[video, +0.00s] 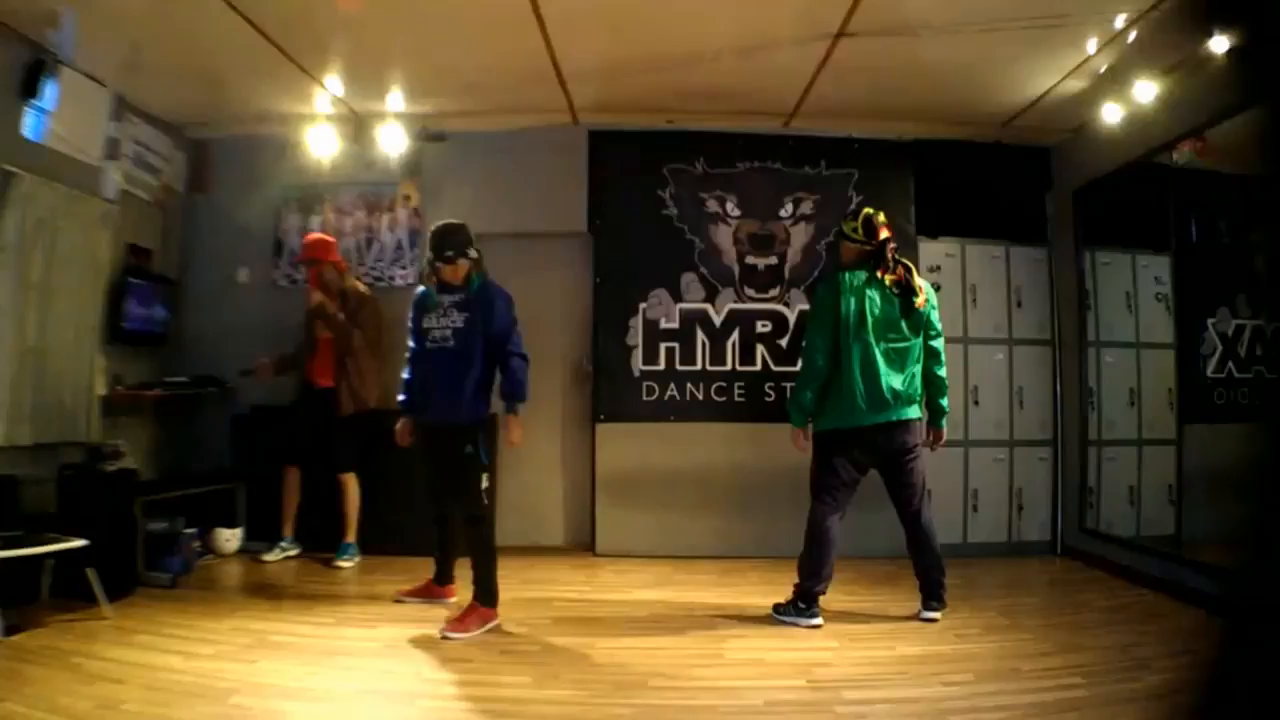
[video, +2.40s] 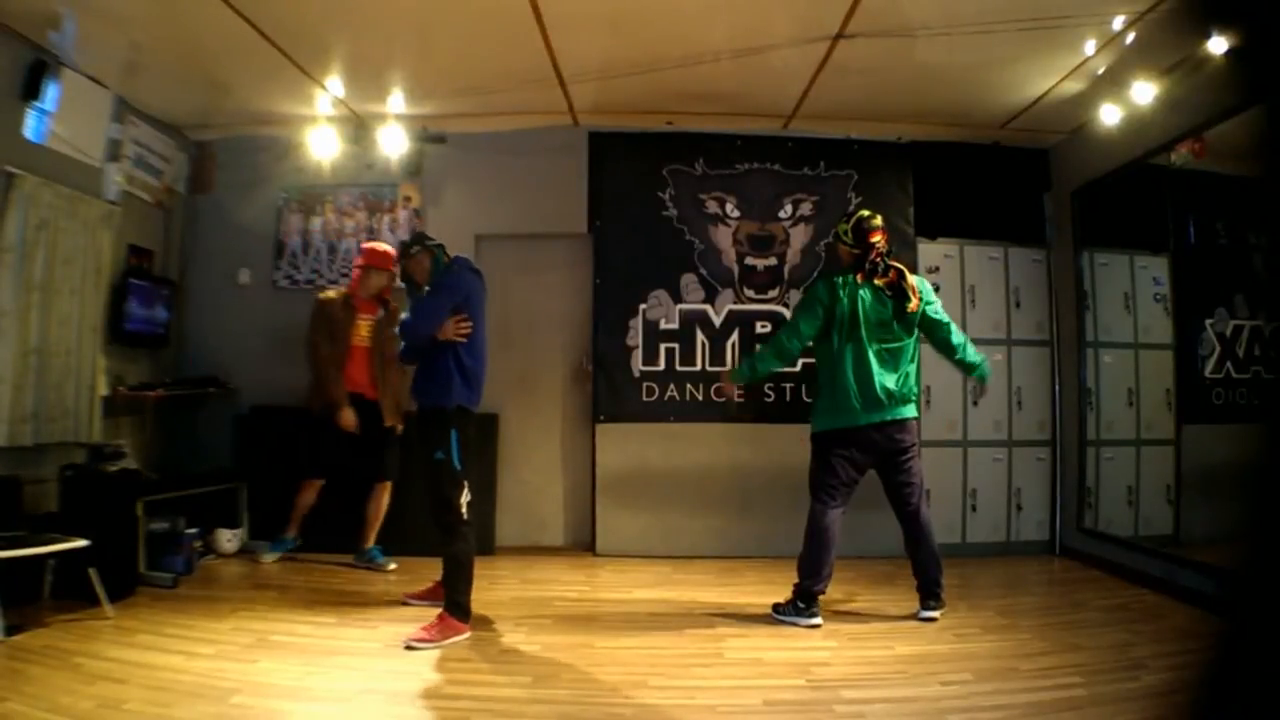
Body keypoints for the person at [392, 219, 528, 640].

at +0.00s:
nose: (449, 270)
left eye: (456, 262)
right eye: (442, 263)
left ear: (471, 259)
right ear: (432, 262)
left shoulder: (491, 298)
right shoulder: (425, 298)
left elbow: (513, 352)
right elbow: (415, 356)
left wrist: (513, 409)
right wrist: (406, 410)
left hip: (472, 417)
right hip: (433, 417)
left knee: (475, 509)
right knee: (441, 501)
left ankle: (485, 604)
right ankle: (442, 580)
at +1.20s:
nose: (396, 269)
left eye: (398, 259)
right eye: (392, 261)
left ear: (417, 250)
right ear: (403, 255)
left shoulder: (460, 282)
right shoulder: (415, 284)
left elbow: (480, 335)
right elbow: (421, 340)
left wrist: (471, 379)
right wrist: (416, 388)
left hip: (455, 410)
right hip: (425, 408)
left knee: (462, 502)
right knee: (424, 494)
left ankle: (468, 603)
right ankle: (438, 581)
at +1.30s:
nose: (392, 268)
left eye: (394, 258)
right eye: (388, 261)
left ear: (413, 248)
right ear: (397, 255)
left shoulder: (455, 280)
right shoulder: (408, 283)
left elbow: (458, 342)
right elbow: (413, 340)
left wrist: (437, 389)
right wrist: (411, 390)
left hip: (450, 407)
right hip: (420, 404)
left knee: (453, 503)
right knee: (423, 495)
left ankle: (465, 601)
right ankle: (437, 581)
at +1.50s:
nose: (388, 273)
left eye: (389, 264)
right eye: (383, 266)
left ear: (407, 252)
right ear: (389, 263)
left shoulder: (450, 285)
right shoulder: (404, 293)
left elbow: (449, 351)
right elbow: (386, 351)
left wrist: (393, 351)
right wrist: (365, 404)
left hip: (449, 406)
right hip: (419, 406)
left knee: (435, 493)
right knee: (419, 491)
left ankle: (459, 587)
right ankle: (438, 582)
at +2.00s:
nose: (407, 273)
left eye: (408, 263)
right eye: (403, 267)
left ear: (427, 248)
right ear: (412, 258)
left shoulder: (460, 272)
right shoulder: (430, 279)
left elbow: (414, 311)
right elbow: (389, 329)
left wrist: (392, 311)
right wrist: (387, 353)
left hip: (451, 403)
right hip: (431, 402)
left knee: (453, 505)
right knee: (438, 499)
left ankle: (459, 614)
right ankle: (445, 581)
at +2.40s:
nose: (410, 277)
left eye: (412, 267)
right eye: (406, 271)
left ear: (427, 255)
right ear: (419, 262)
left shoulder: (459, 275)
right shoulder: (436, 288)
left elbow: (421, 328)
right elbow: (407, 348)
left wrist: (409, 325)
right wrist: (435, 334)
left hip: (454, 405)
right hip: (435, 405)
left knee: (454, 507)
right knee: (440, 500)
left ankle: (457, 614)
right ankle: (448, 584)